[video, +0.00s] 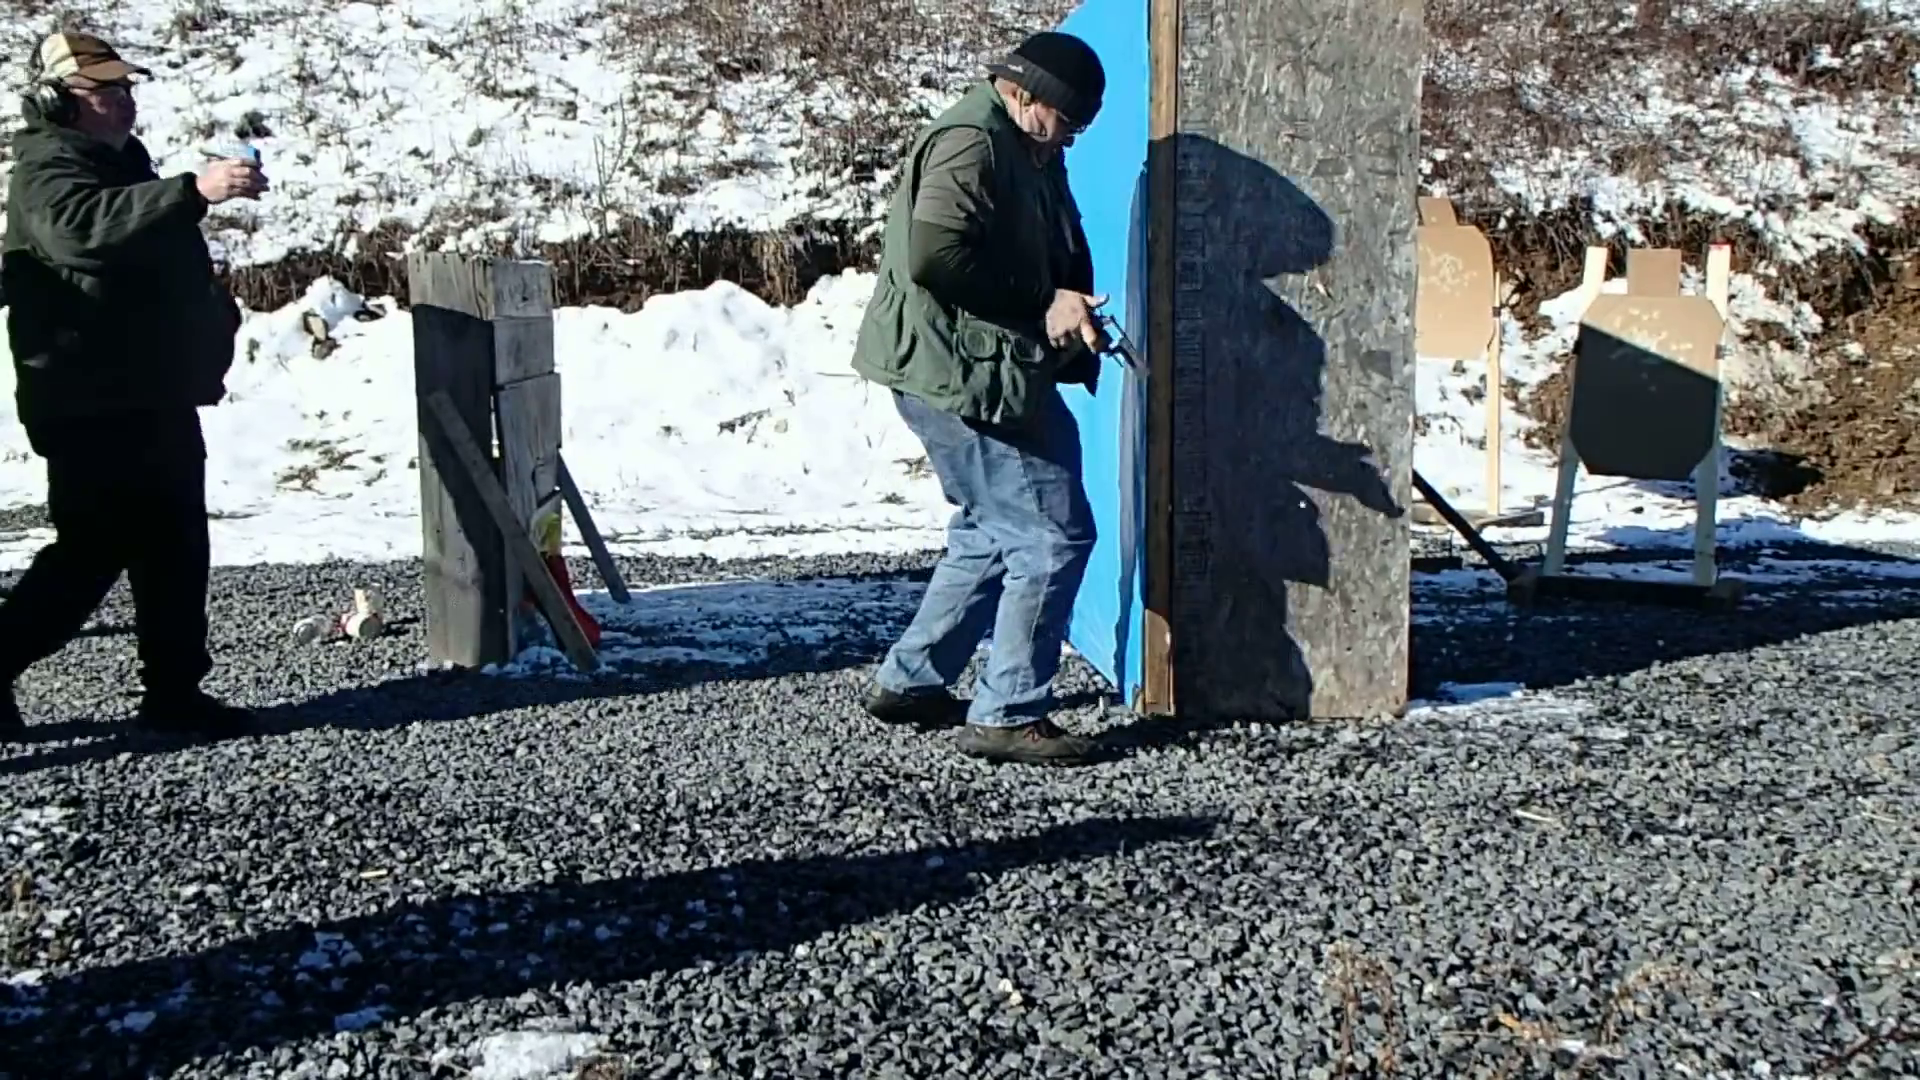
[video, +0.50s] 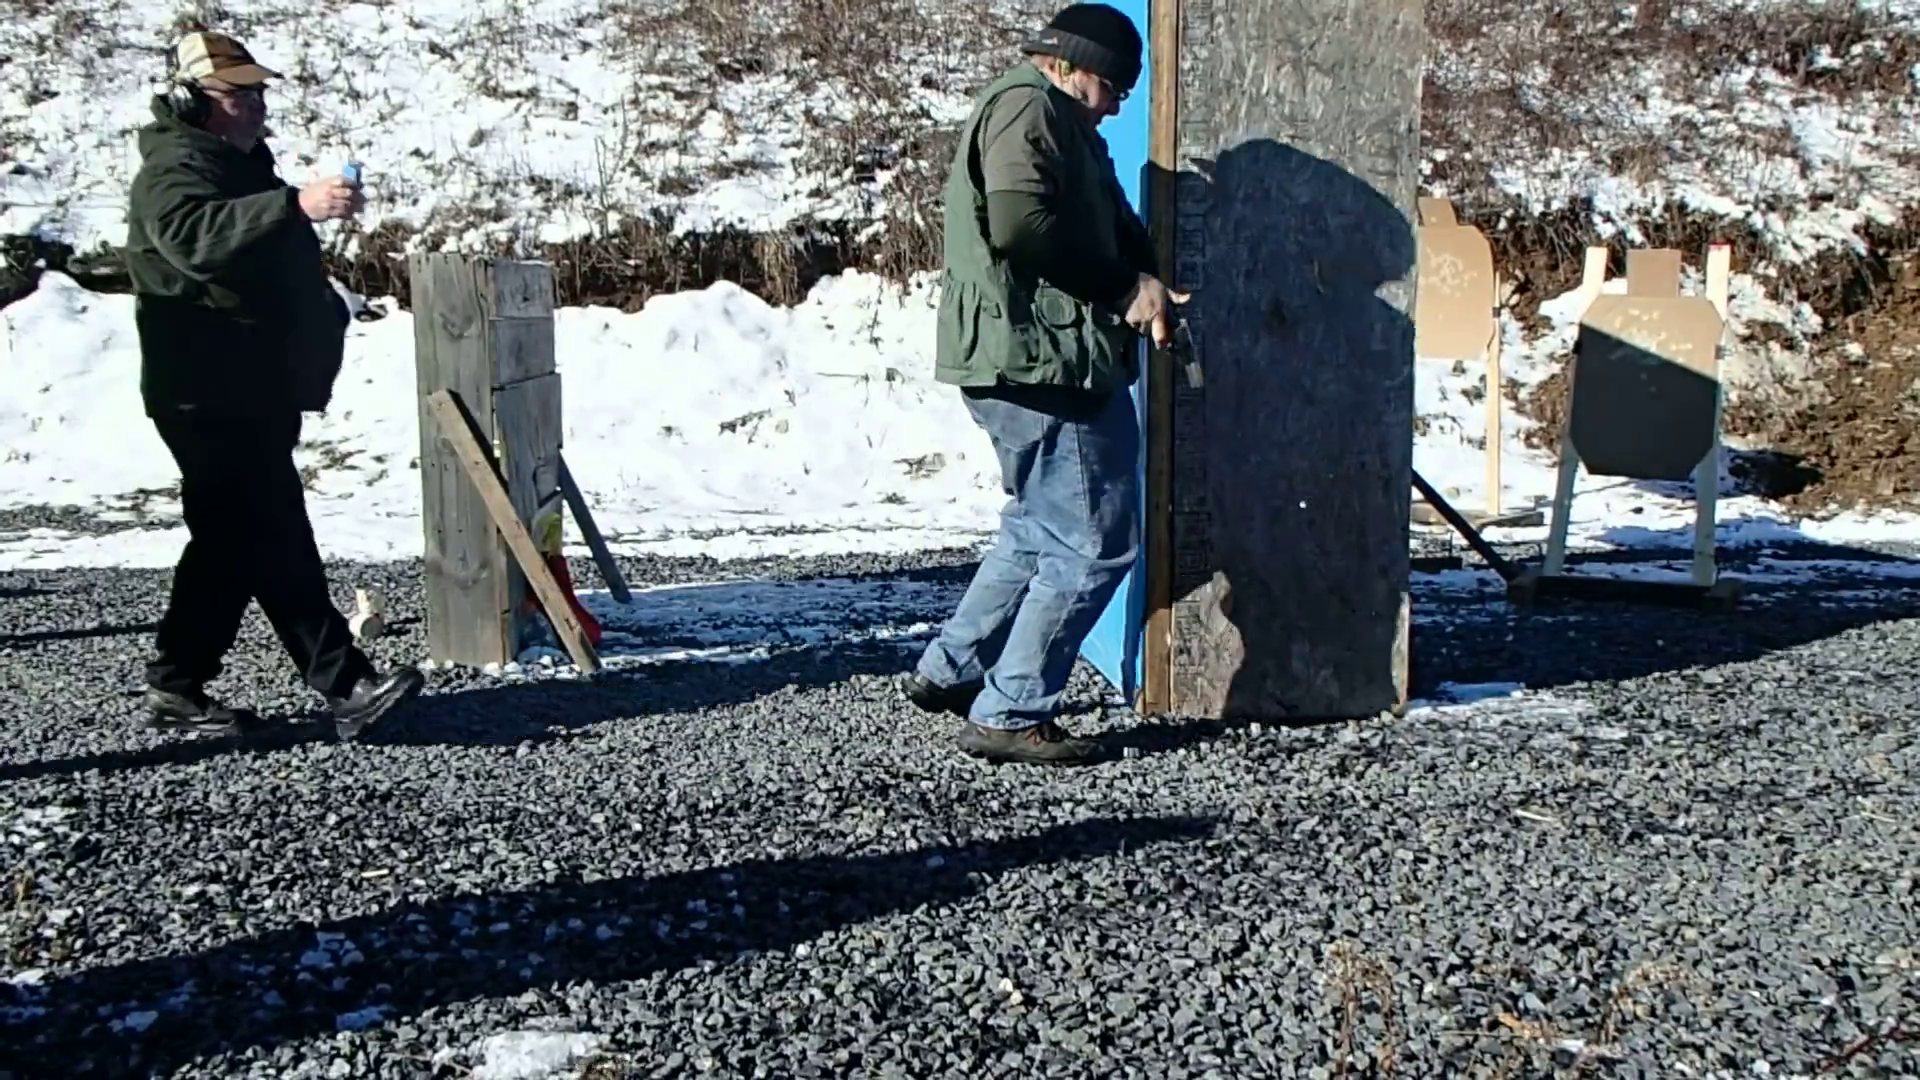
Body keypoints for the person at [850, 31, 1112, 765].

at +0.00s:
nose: (1073, 134)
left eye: (1079, 121)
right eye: (1069, 117)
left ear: (1031, 98)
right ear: (1026, 94)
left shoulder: (1025, 153)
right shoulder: (973, 141)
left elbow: (1057, 263)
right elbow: (935, 255)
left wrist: (1071, 323)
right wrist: (1040, 308)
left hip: (966, 371)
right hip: (964, 375)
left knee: (988, 531)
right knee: (1055, 534)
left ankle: (909, 682)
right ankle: (1008, 714)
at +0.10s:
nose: (1085, 128)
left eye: (1091, 116)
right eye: (1082, 111)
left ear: (1043, 89)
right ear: (1044, 88)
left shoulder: (1037, 144)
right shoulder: (988, 130)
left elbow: (1072, 254)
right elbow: (948, 247)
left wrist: (1086, 300)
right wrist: (1057, 304)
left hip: (985, 377)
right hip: (996, 382)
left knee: (1002, 532)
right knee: (1069, 540)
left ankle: (916, 675)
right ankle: (1008, 713)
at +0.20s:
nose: (1096, 113)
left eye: (1102, 99)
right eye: (1092, 96)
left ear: (1047, 77)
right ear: (1052, 76)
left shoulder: (1040, 131)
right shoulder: (1001, 119)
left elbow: (1072, 248)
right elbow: (978, 238)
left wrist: (1104, 300)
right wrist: (1082, 295)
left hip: (1000, 376)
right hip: (1015, 379)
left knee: (1015, 531)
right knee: (1077, 544)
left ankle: (925, 665)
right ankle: (1007, 714)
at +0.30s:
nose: (1101, 107)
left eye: (1106, 92)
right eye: (1099, 88)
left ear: (1049, 69)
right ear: (1062, 69)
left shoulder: (1039, 122)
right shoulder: (1013, 112)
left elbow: (1097, 236)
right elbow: (996, 231)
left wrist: (1123, 294)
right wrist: (1102, 293)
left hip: (1005, 369)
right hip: (1022, 372)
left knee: (1031, 524)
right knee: (1084, 543)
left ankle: (938, 660)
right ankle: (1006, 713)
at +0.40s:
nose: (1109, 104)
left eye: (1114, 90)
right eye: (1107, 86)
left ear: (1053, 64)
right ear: (1067, 67)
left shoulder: (1044, 120)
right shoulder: (1021, 110)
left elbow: (1110, 235)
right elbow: (1013, 230)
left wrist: (1143, 292)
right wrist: (1118, 291)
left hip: (1018, 366)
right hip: (1036, 369)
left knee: (1032, 526)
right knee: (1090, 542)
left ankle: (945, 661)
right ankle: (1008, 713)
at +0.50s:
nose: (1117, 106)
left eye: (1122, 92)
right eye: (1115, 87)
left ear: (1061, 62)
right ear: (1078, 67)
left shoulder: (1037, 111)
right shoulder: (1031, 107)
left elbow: (1116, 233)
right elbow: (1021, 227)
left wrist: (1149, 287)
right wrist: (1124, 288)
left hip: (1020, 368)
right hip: (1052, 371)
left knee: (1037, 523)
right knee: (1095, 542)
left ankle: (951, 668)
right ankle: (1013, 713)